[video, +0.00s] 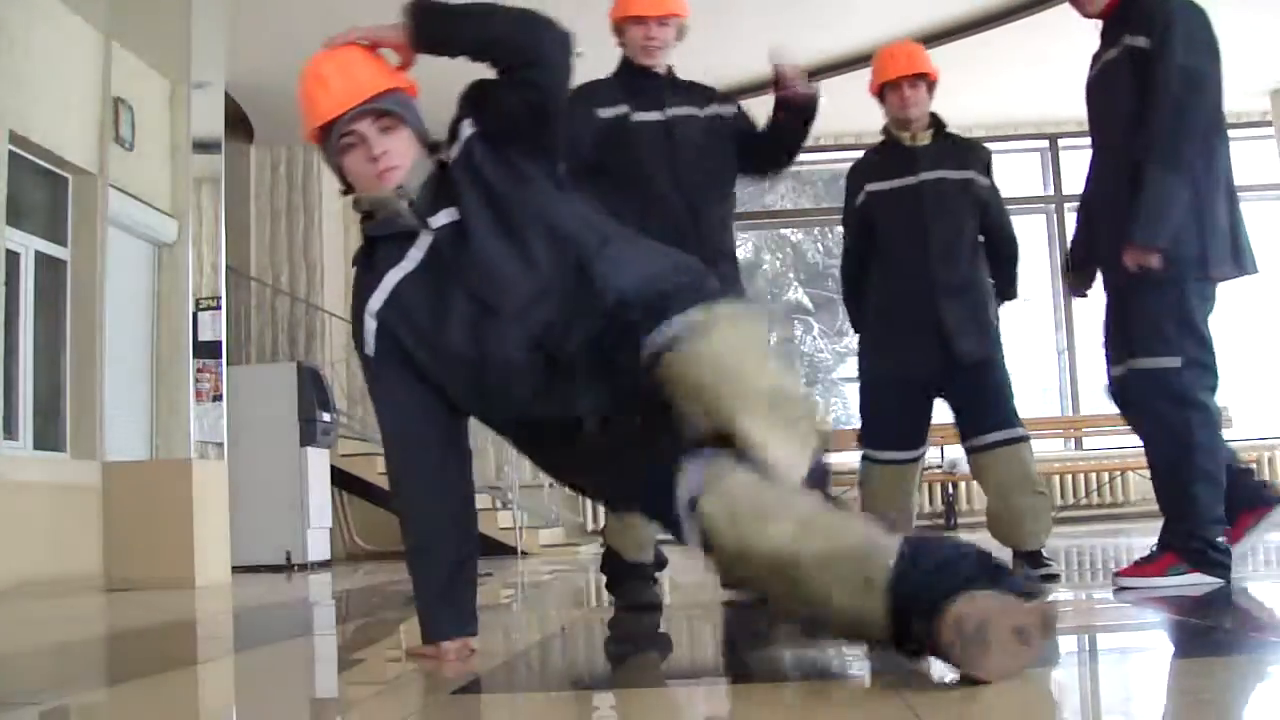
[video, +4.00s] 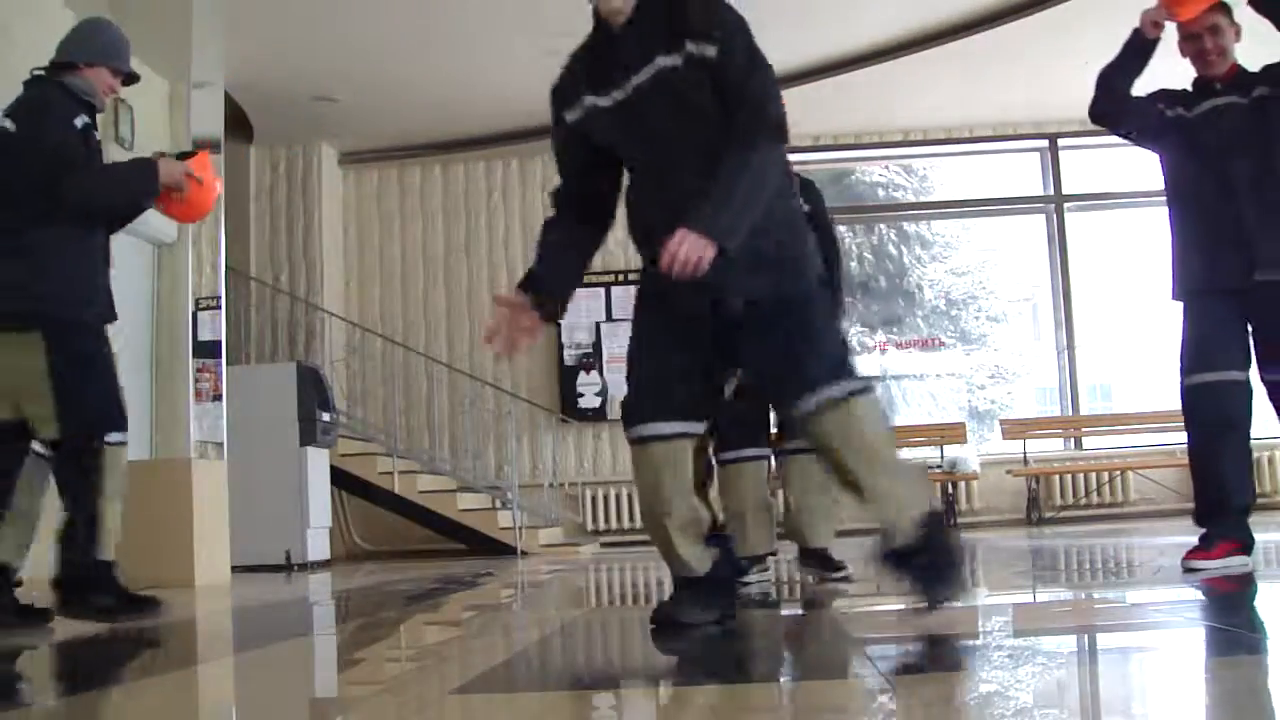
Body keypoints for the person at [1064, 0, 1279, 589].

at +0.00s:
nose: (1075, 5)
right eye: (1072, 3)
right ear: (1092, 0)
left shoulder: (1170, 13)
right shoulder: (1115, 41)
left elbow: (1180, 126)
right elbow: (1112, 154)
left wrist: (1153, 228)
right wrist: (1087, 247)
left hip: (1171, 241)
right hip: (1132, 247)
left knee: (1170, 383)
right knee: (1135, 381)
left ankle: (1198, 548)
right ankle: (1236, 490)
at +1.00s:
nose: (1028, 46)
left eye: (1037, 31)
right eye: (1018, 38)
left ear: (1067, 25)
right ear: (1011, 46)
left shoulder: (1127, 82)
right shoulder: (1021, 125)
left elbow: (1164, 172)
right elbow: (1014, 217)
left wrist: (1163, 258)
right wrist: (1017, 295)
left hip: (1133, 282)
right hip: (1063, 294)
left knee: (1150, 408)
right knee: (1083, 418)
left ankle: (1153, 514)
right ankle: (1113, 541)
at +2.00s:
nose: (1120, 84)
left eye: (1129, 72)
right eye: (1111, 76)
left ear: (1155, 70)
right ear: (1104, 81)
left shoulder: (1197, 130)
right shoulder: (1103, 151)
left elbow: (1230, 206)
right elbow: (1087, 231)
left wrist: (1217, 267)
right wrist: (1079, 295)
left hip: (1183, 298)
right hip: (1127, 303)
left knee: (1170, 412)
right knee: (1152, 414)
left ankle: (1158, 537)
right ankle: (1220, 513)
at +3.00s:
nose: (1203, 77)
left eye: (1212, 64)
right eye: (1195, 69)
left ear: (1238, 67)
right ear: (1189, 79)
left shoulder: (1271, 119)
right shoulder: (1178, 142)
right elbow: (1119, 141)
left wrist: (1238, 55)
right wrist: (1153, 82)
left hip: (1275, 294)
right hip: (1219, 301)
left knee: (1279, 401)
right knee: (1221, 414)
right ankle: (1233, 526)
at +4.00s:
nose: (1205, 44)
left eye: (1214, 30)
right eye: (1193, 38)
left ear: (1237, 29)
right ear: (1180, 47)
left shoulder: (1272, 88)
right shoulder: (1173, 112)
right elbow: (1106, 108)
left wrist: (1261, 8)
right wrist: (1143, 37)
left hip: (1274, 277)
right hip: (1210, 285)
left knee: (1278, 396)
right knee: (1212, 405)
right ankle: (1226, 535)